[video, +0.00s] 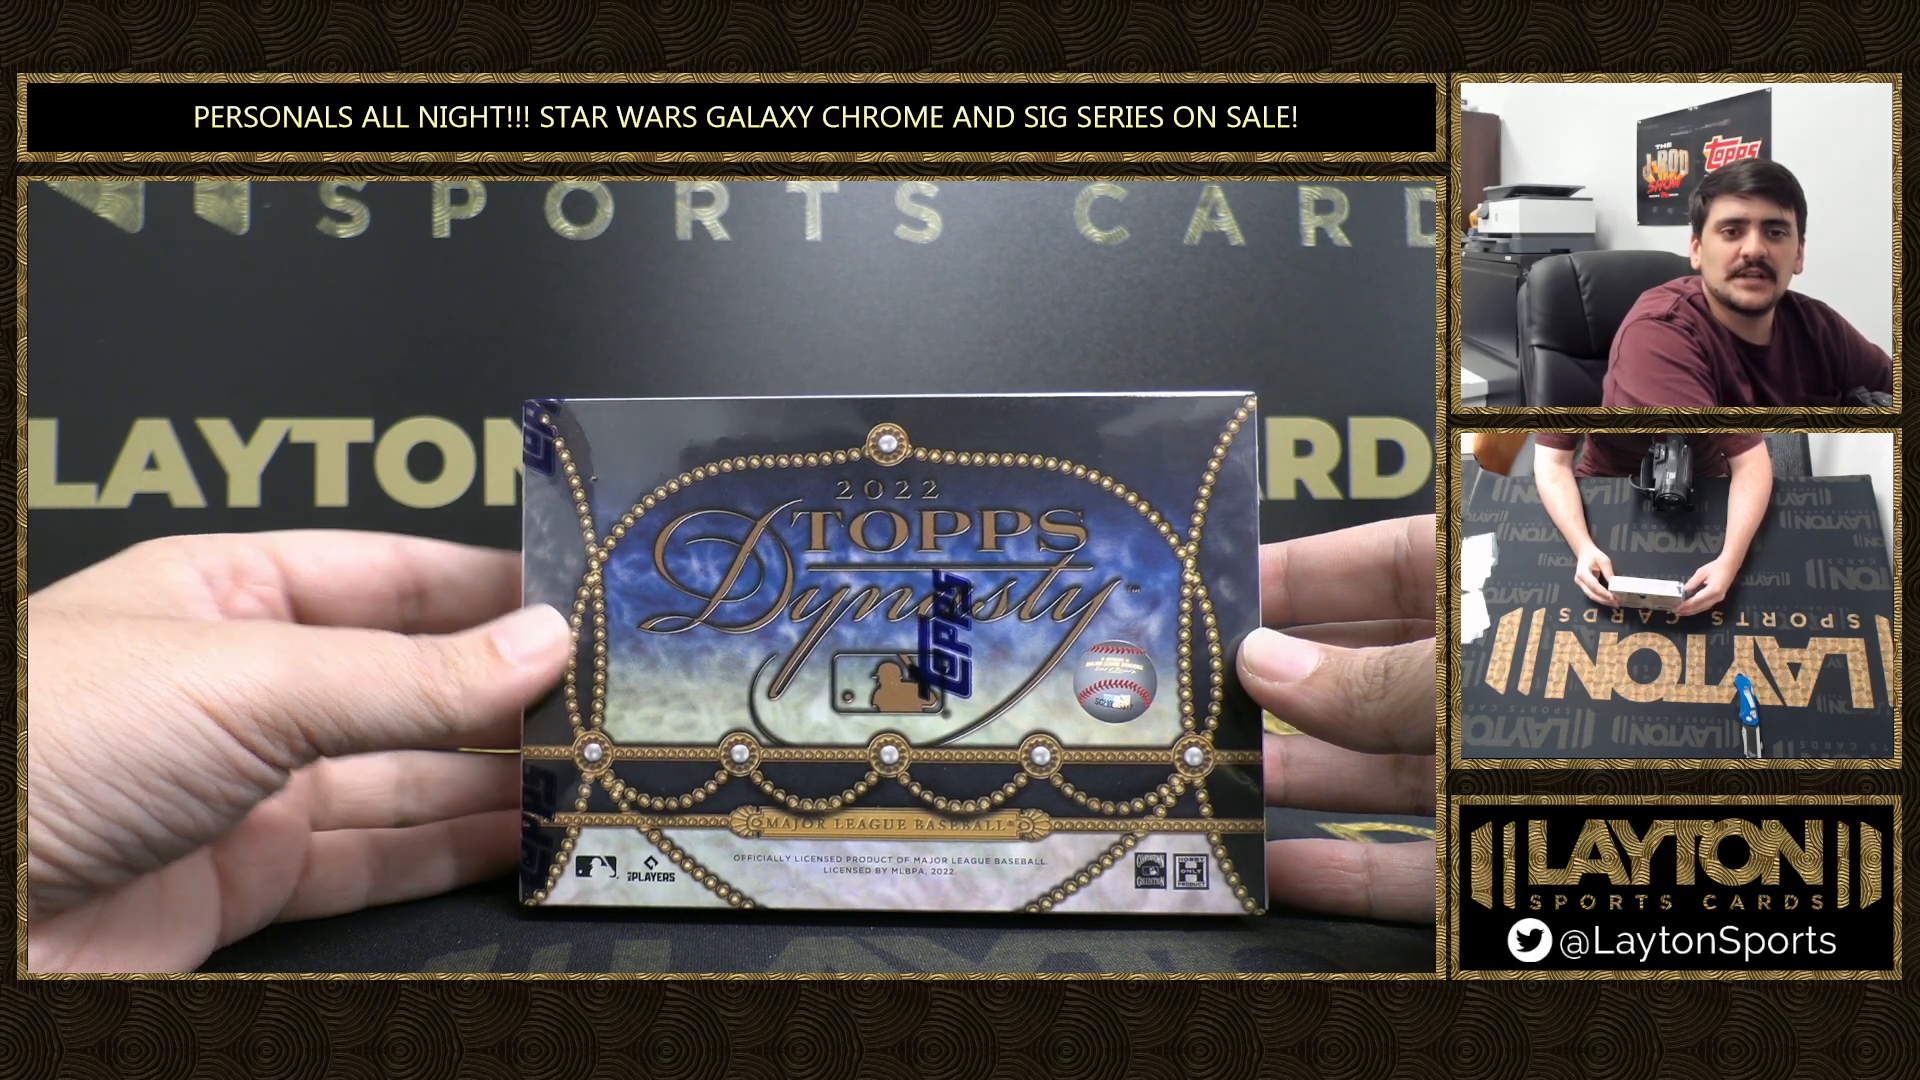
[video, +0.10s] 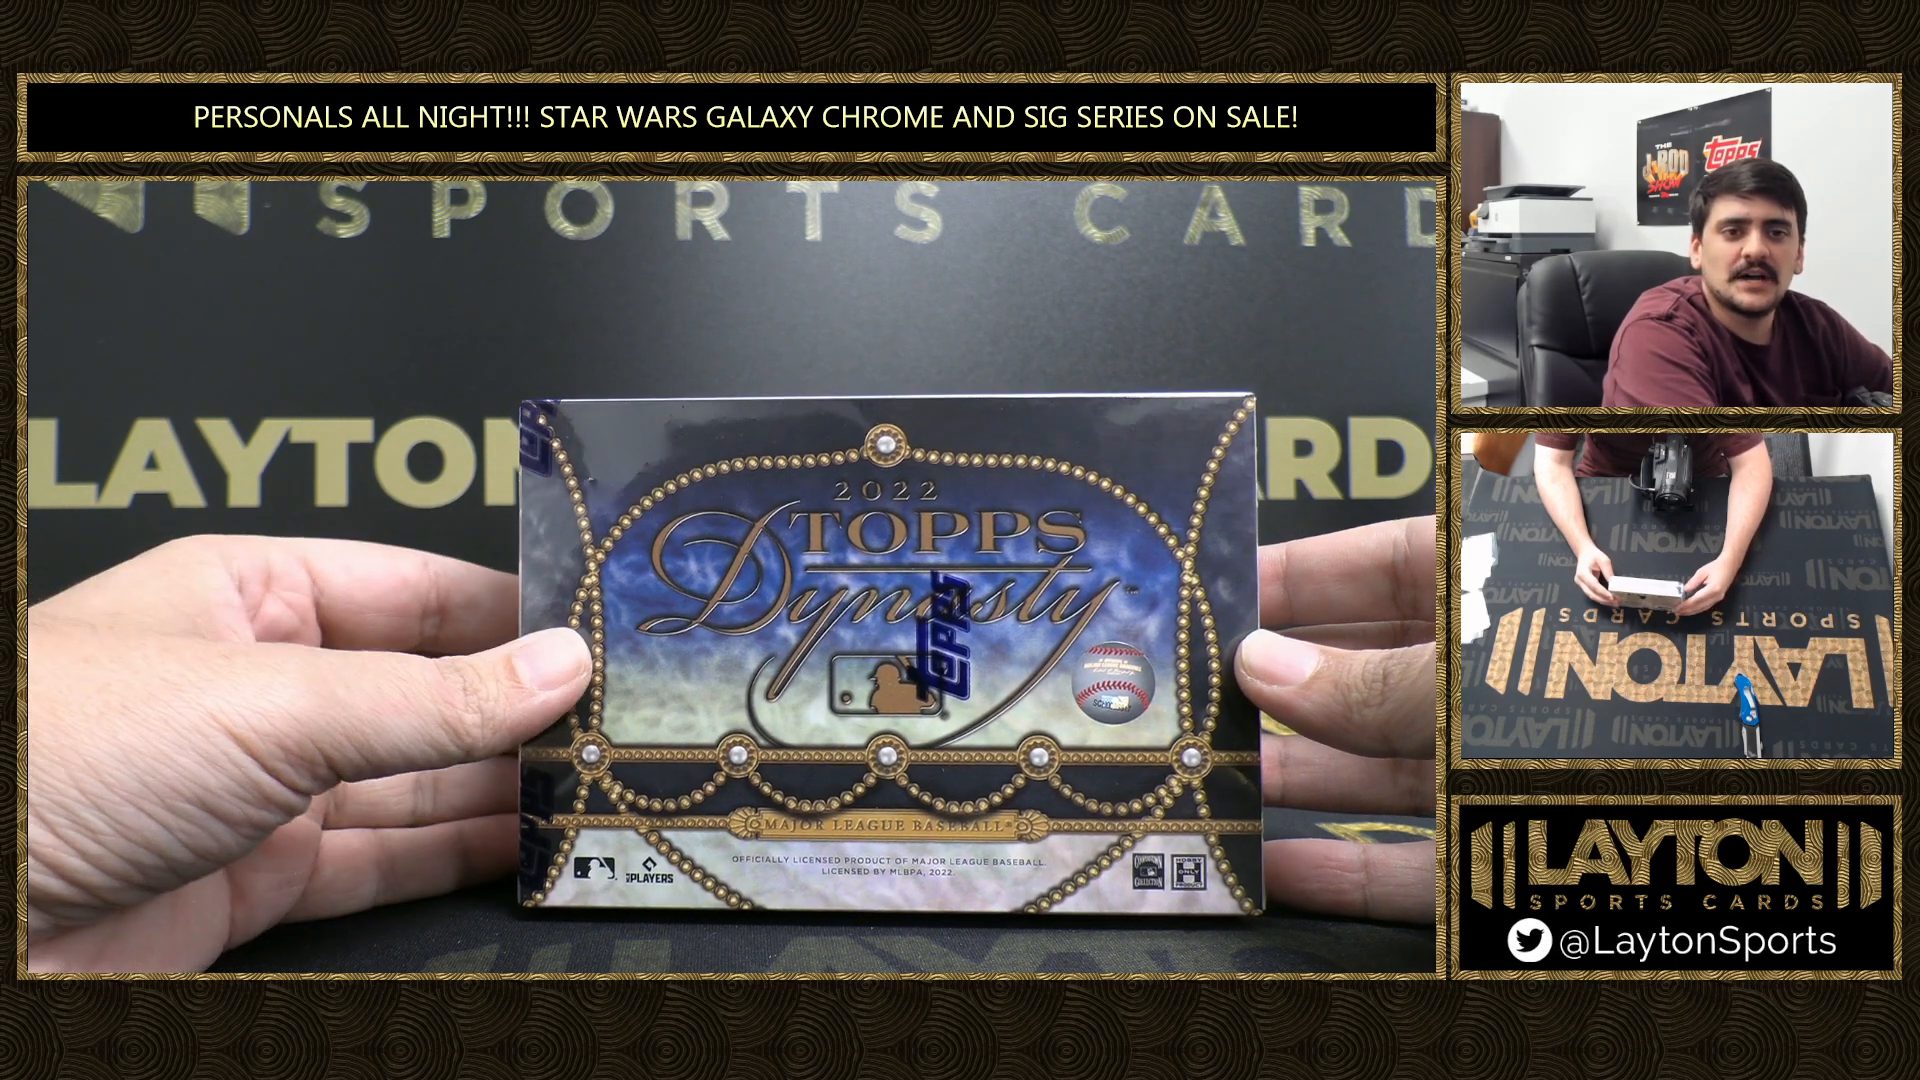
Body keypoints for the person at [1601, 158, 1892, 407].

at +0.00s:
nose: (1754, 249)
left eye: (1775, 232)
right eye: (1732, 232)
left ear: (1799, 254)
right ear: (1696, 250)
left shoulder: (1818, 328)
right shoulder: (1658, 332)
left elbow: (1896, 388)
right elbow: (1746, 460)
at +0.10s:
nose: (1756, 250)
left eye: (1776, 232)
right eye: (1733, 232)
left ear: (1800, 254)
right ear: (1697, 250)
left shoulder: (1818, 328)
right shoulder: (1658, 332)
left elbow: (1896, 387)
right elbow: (1747, 460)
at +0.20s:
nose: (1758, 251)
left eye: (1778, 233)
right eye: (1735, 232)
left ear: (1800, 256)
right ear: (1698, 250)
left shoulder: (1818, 328)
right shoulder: (1658, 332)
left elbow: (1896, 388)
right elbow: (1747, 461)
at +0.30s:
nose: (1764, 251)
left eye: (1783, 233)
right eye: (1741, 231)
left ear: (1803, 254)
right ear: (1701, 249)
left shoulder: (1819, 328)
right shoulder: (1660, 332)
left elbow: (1898, 390)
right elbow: (1748, 460)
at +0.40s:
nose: (1773, 252)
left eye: (1791, 234)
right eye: (1749, 233)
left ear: (1807, 249)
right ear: (1704, 248)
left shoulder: (1820, 328)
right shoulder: (1663, 333)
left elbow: (1898, 390)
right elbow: (1749, 461)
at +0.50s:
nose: (1777, 253)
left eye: (1794, 235)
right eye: (1753, 234)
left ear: (1808, 248)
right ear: (1706, 248)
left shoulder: (1820, 328)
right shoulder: (1665, 334)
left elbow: (1897, 388)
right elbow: (1748, 459)